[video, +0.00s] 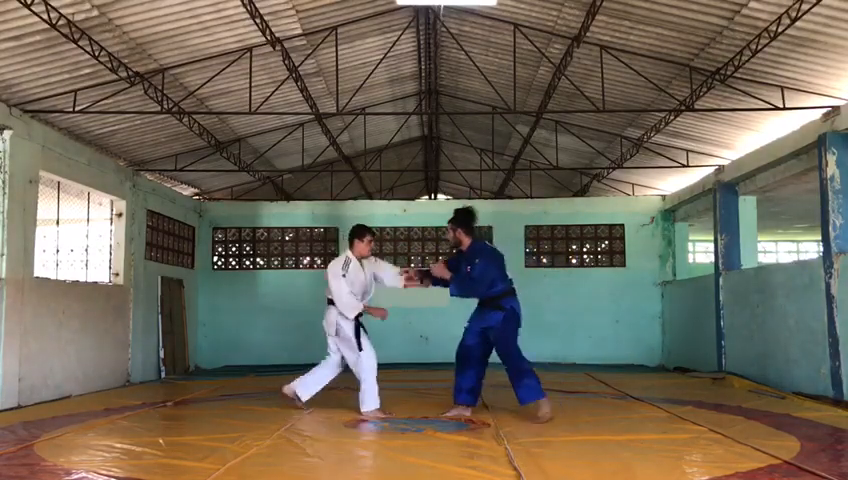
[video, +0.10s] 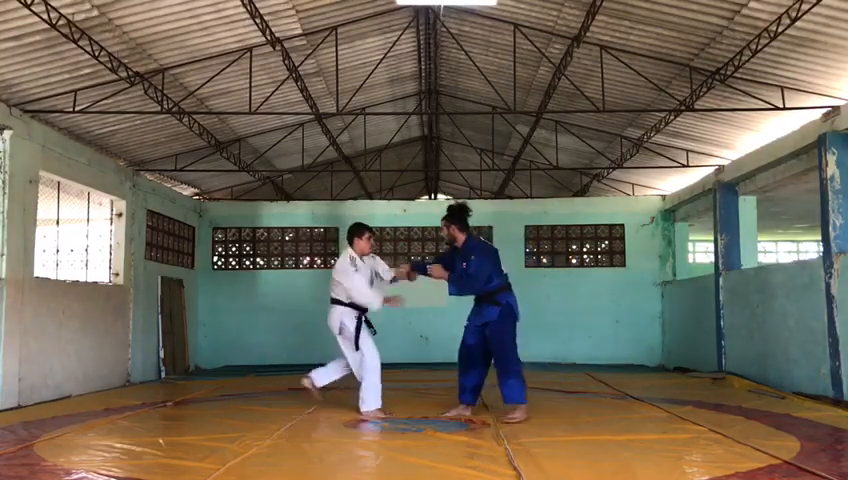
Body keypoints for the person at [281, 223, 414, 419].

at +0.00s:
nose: (371, 246)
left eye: (372, 242)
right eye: (368, 242)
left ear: (364, 244)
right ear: (355, 242)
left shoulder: (369, 262)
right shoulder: (338, 266)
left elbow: (388, 273)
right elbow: (343, 298)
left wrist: (406, 277)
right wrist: (368, 309)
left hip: (346, 315)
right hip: (339, 316)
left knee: (335, 361)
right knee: (366, 358)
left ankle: (296, 389)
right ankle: (369, 408)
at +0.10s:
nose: (372, 244)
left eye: (372, 240)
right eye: (368, 239)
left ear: (359, 241)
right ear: (355, 240)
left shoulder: (367, 259)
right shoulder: (345, 264)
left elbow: (384, 273)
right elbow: (358, 292)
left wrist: (400, 274)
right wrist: (383, 300)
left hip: (354, 314)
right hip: (343, 315)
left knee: (356, 358)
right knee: (370, 356)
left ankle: (314, 379)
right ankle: (370, 408)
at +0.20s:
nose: (369, 240)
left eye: (369, 236)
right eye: (365, 236)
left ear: (354, 239)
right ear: (353, 239)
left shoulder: (351, 253)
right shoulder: (352, 259)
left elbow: (374, 255)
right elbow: (378, 272)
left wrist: (388, 259)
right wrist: (403, 272)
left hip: (342, 313)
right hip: (349, 315)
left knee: (363, 354)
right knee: (374, 357)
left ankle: (345, 385)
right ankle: (370, 407)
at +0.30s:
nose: (365, 241)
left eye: (365, 237)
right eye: (363, 237)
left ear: (348, 237)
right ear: (354, 238)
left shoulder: (340, 251)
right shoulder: (357, 253)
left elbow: (370, 250)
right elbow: (390, 252)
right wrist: (408, 250)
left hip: (341, 310)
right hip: (355, 312)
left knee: (362, 357)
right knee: (375, 355)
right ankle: (371, 405)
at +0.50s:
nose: (382, 252)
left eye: (383, 249)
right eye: (380, 247)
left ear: (368, 240)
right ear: (369, 240)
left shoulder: (370, 260)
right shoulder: (353, 252)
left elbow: (389, 250)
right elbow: (378, 239)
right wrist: (383, 232)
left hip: (360, 312)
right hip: (349, 311)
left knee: (373, 350)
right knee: (373, 350)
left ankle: (371, 397)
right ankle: (365, 401)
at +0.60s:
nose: (385, 259)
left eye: (387, 256)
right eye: (384, 254)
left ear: (384, 255)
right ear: (374, 248)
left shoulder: (380, 267)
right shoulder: (353, 260)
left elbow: (399, 269)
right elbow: (367, 237)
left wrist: (395, 255)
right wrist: (384, 230)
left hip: (366, 314)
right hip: (349, 312)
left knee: (369, 354)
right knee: (372, 352)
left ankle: (364, 397)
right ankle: (365, 402)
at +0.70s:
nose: (389, 271)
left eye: (391, 268)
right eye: (388, 266)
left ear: (390, 265)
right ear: (379, 258)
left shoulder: (383, 279)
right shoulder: (360, 265)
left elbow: (400, 284)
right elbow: (358, 242)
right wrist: (368, 232)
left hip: (368, 321)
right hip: (351, 319)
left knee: (373, 355)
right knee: (374, 352)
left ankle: (370, 395)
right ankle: (376, 400)